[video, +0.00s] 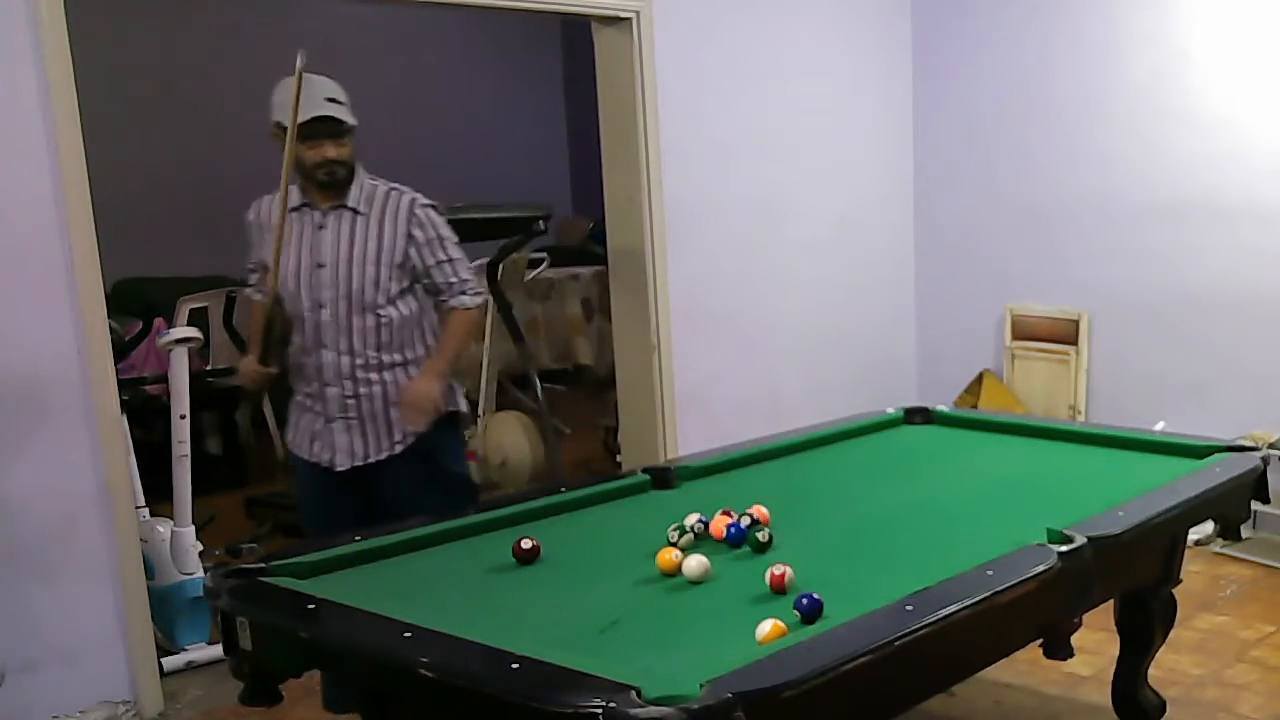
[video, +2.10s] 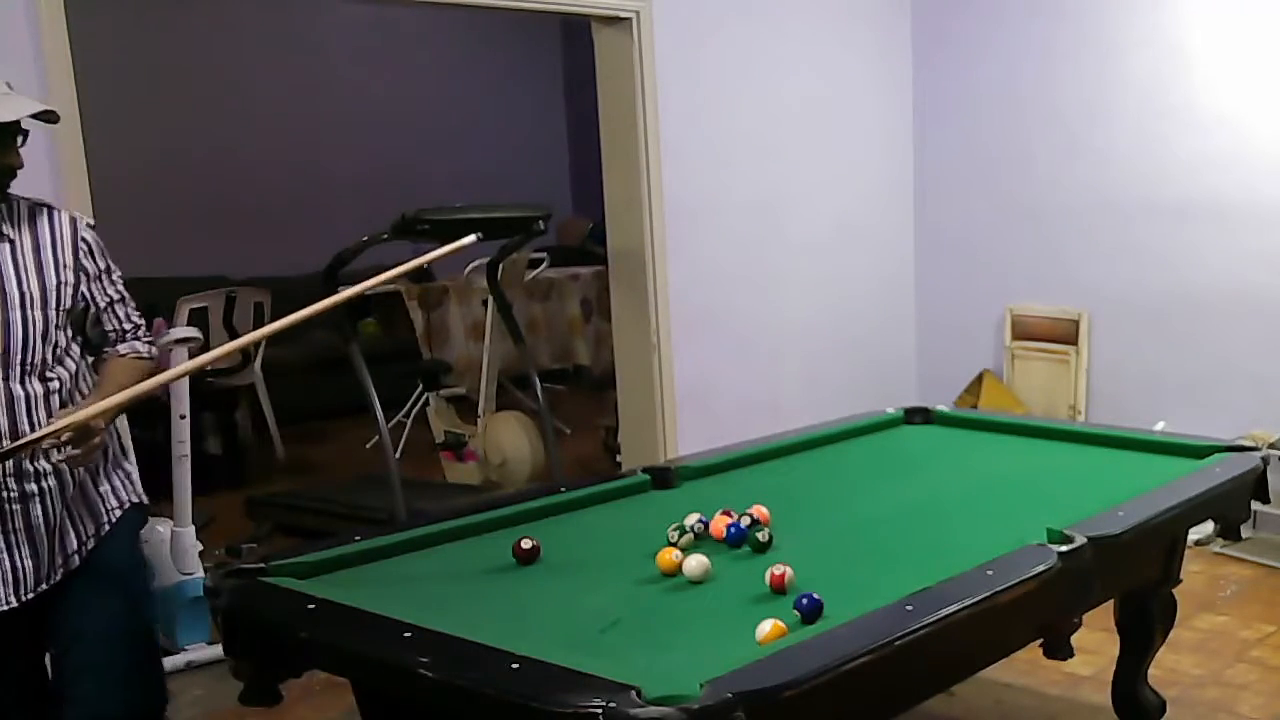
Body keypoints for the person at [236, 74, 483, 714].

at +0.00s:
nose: (330, 153)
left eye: (340, 137)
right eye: (313, 140)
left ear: (355, 140)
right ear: (286, 145)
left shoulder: (404, 210)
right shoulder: (268, 218)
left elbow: (468, 298)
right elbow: (261, 295)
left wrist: (434, 375)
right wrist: (256, 353)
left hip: (414, 435)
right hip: (320, 442)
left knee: (437, 574)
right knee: (337, 582)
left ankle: (454, 703)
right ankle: (355, 703)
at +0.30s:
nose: (277, 152)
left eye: (286, 135)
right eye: (258, 138)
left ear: (301, 135)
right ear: (226, 142)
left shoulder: (351, 209)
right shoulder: (212, 218)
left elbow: (411, 302)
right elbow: (208, 295)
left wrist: (342, 348)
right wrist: (205, 367)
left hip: (367, 431)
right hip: (282, 446)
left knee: (381, 581)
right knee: (309, 591)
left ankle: (399, 707)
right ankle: (332, 707)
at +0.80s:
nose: (236, 164)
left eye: (248, 148)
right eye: (217, 148)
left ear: (262, 147)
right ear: (176, 144)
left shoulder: (300, 231)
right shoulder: (144, 224)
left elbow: (363, 331)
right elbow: (132, 309)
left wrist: (286, 373)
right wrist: (134, 388)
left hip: (289, 461)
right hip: (199, 470)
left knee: (290, 626)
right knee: (241, 633)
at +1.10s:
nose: (218, 161)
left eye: (229, 144)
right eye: (198, 144)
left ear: (243, 141)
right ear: (148, 137)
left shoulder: (273, 234)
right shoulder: (108, 216)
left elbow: (334, 341)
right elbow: (93, 308)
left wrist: (256, 381)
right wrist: (84, 394)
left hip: (253, 482)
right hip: (146, 488)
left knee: (261, 651)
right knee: (140, 638)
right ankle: (190, 719)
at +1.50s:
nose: (153, 173)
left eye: (161, 155)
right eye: (132, 155)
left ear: (174, 152)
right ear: (71, 150)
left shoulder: (207, 247)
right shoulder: (18, 241)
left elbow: (280, 352)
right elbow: (7, 347)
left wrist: (207, 400)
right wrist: (5, 435)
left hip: (202, 528)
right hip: (75, 537)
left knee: (240, 700)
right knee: (76, 706)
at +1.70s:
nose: (89, 167)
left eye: (93, 148)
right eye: (67, 149)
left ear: (102, 145)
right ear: (7, 144)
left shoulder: (141, 243)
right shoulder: (1, 244)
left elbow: (217, 349)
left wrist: (156, 406)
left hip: (149, 541)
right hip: (23, 563)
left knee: (211, 701)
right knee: (34, 709)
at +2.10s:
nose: (15, 156)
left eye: (17, 138)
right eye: (4, 139)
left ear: (22, 142)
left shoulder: (61, 234)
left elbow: (133, 344)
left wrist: (98, 408)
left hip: (87, 525)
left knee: (117, 698)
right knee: (16, 705)